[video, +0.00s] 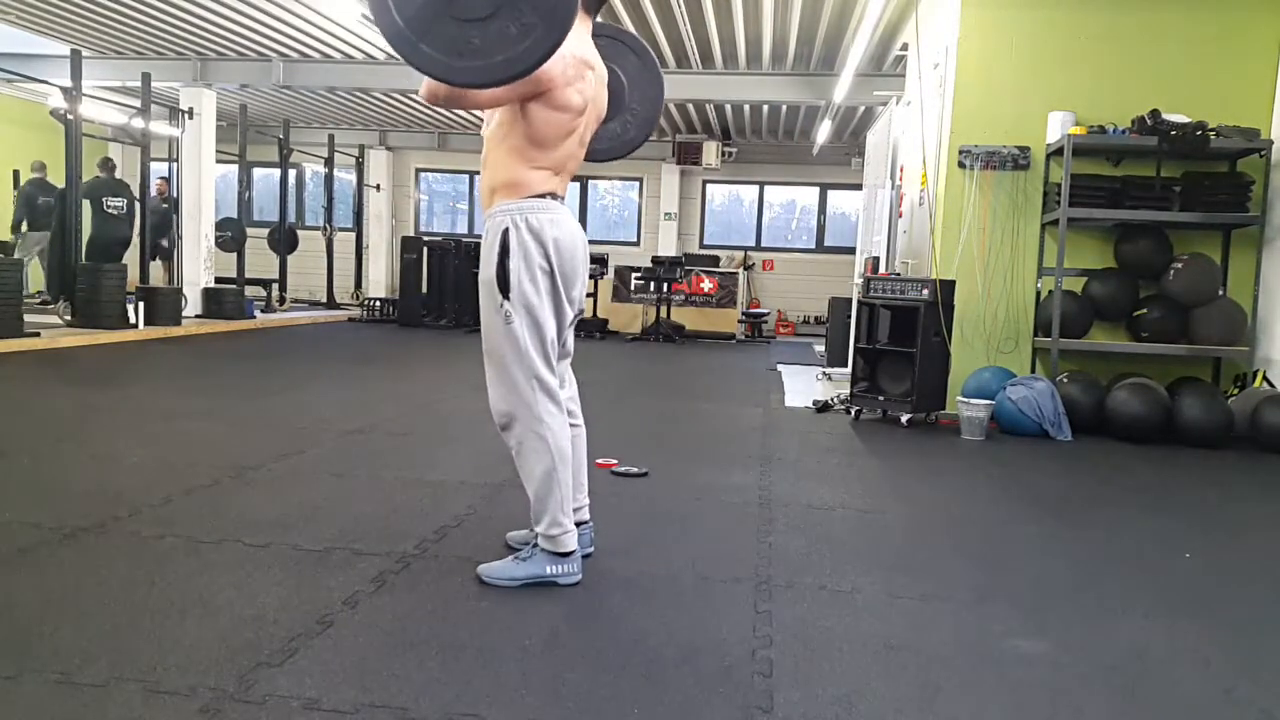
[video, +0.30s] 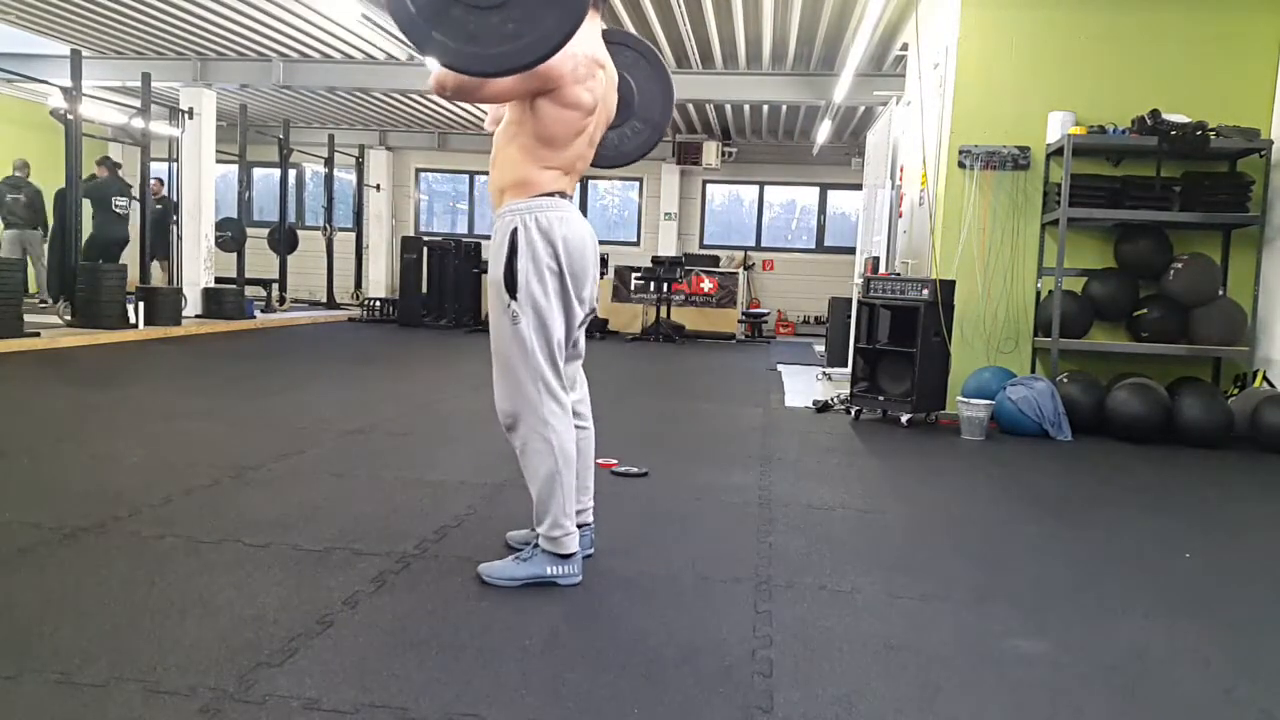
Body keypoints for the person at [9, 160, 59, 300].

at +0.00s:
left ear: (31, 171)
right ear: (45, 171)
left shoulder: (27, 187)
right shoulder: (54, 189)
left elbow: (20, 210)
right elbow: (60, 211)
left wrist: (15, 229)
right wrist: (57, 228)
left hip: (34, 232)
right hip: (51, 232)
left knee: (19, 261)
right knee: (49, 265)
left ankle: (20, 291)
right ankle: (50, 293)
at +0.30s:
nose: (28, 173)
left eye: (26, 171)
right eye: (28, 171)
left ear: (13, 170)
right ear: (27, 171)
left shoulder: (3, 186)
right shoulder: (33, 189)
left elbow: (2, 210)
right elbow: (41, 213)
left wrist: (6, 223)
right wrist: (45, 232)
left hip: (10, 230)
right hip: (32, 231)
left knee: (9, 267)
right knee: (39, 265)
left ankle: (9, 299)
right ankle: (44, 296)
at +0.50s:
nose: (25, 170)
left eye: (24, 168)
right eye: (24, 168)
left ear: (9, 167)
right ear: (21, 168)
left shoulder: (2, 182)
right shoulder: (21, 186)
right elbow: (26, 211)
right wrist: (32, 231)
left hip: (2, 227)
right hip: (17, 228)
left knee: (4, 262)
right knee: (30, 259)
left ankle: (5, 293)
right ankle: (24, 292)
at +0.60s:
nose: (24, 169)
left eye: (24, 166)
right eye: (23, 166)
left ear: (8, 166)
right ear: (19, 167)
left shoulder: (3, 181)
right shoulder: (13, 185)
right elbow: (19, 210)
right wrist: (27, 231)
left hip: (3, 228)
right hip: (12, 230)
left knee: (5, 263)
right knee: (20, 263)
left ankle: (5, 291)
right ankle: (20, 289)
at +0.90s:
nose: (15, 168)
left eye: (15, 165)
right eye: (11, 165)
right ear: (2, 166)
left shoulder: (13, 185)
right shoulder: (3, 185)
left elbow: (14, 210)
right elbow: (2, 213)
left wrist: (20, 226)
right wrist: (14, 227)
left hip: (11, 230)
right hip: (3, 230)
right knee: (4, 264)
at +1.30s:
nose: (13, 165)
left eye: (14, 162)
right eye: (9, 162)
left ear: (17, 163)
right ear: (1, 164)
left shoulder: (24, 184)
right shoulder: (1, 183)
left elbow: (32, 204)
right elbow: (1, 209)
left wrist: (28, 214)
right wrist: (12, 214)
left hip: (18, 232)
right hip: (3, 232)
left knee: (25, 266)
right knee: (2, 269)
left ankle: (26, 297)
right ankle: (3, 298)